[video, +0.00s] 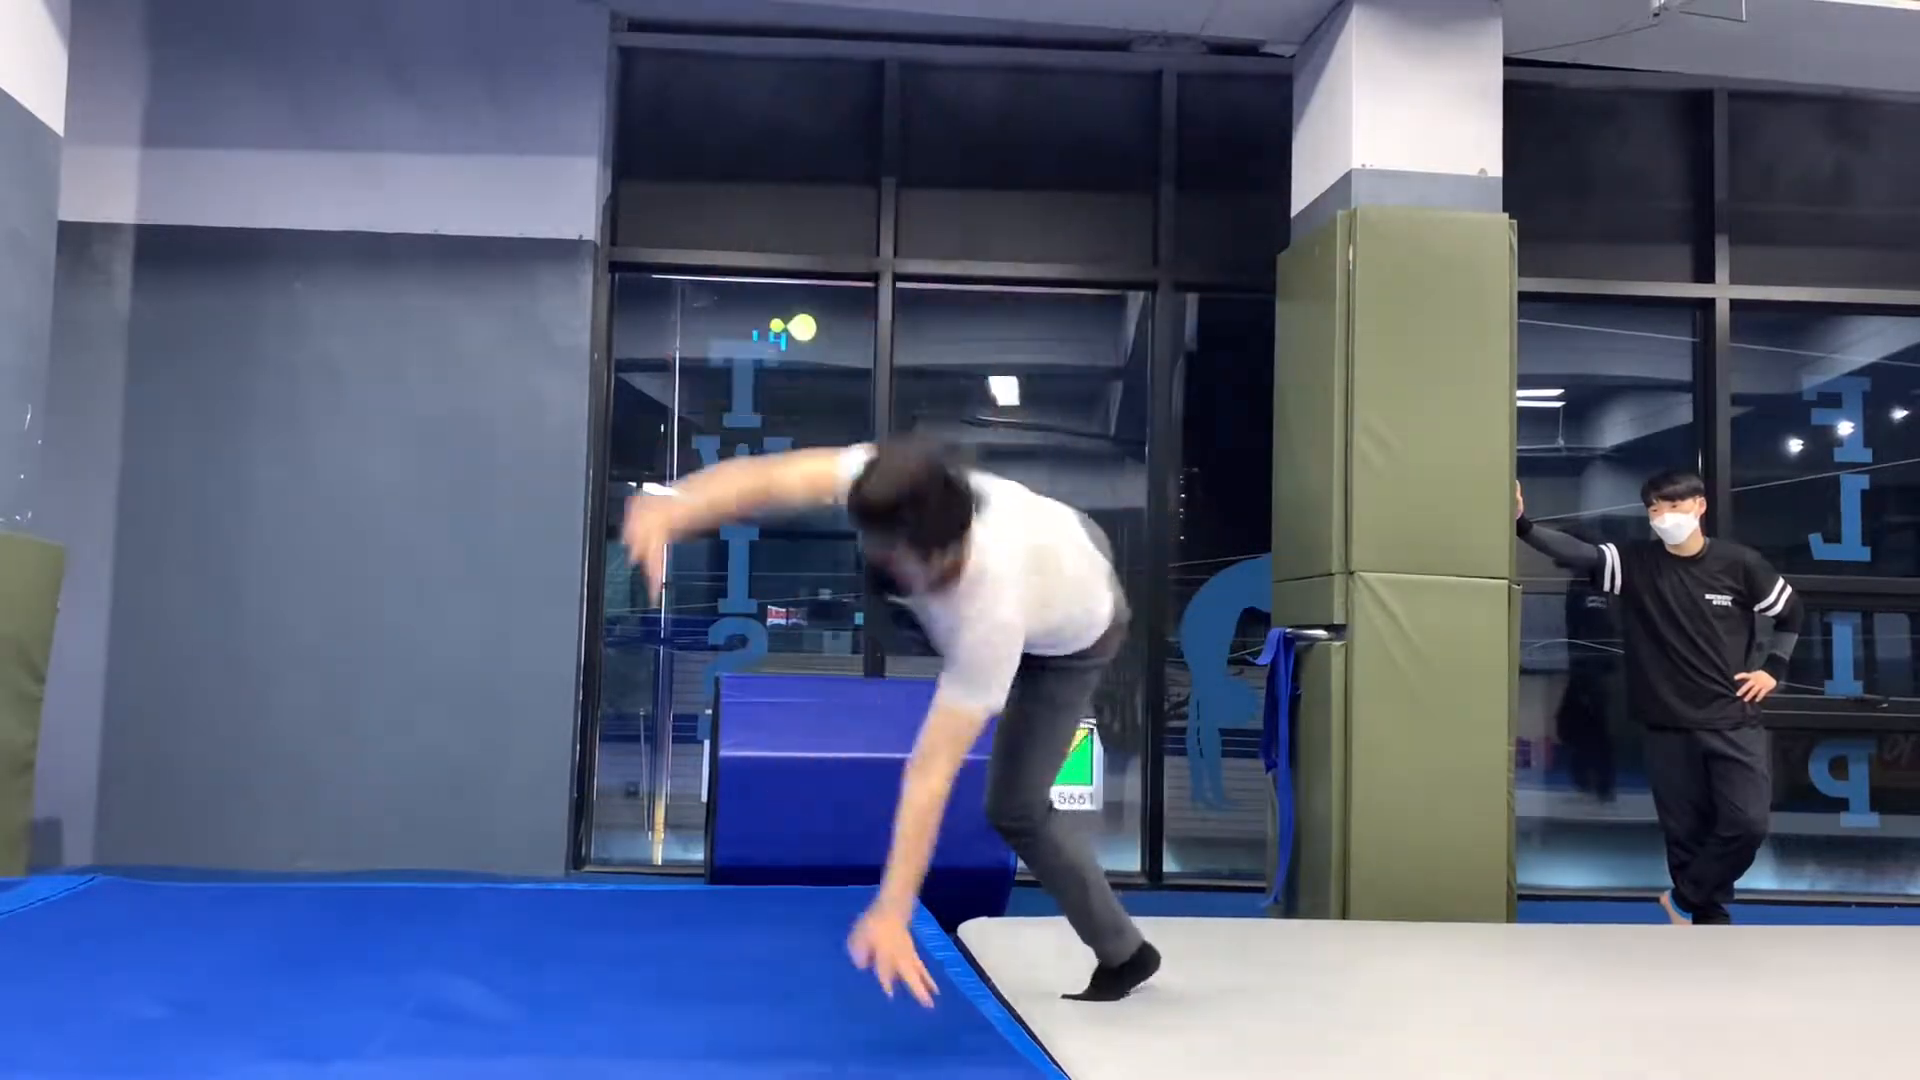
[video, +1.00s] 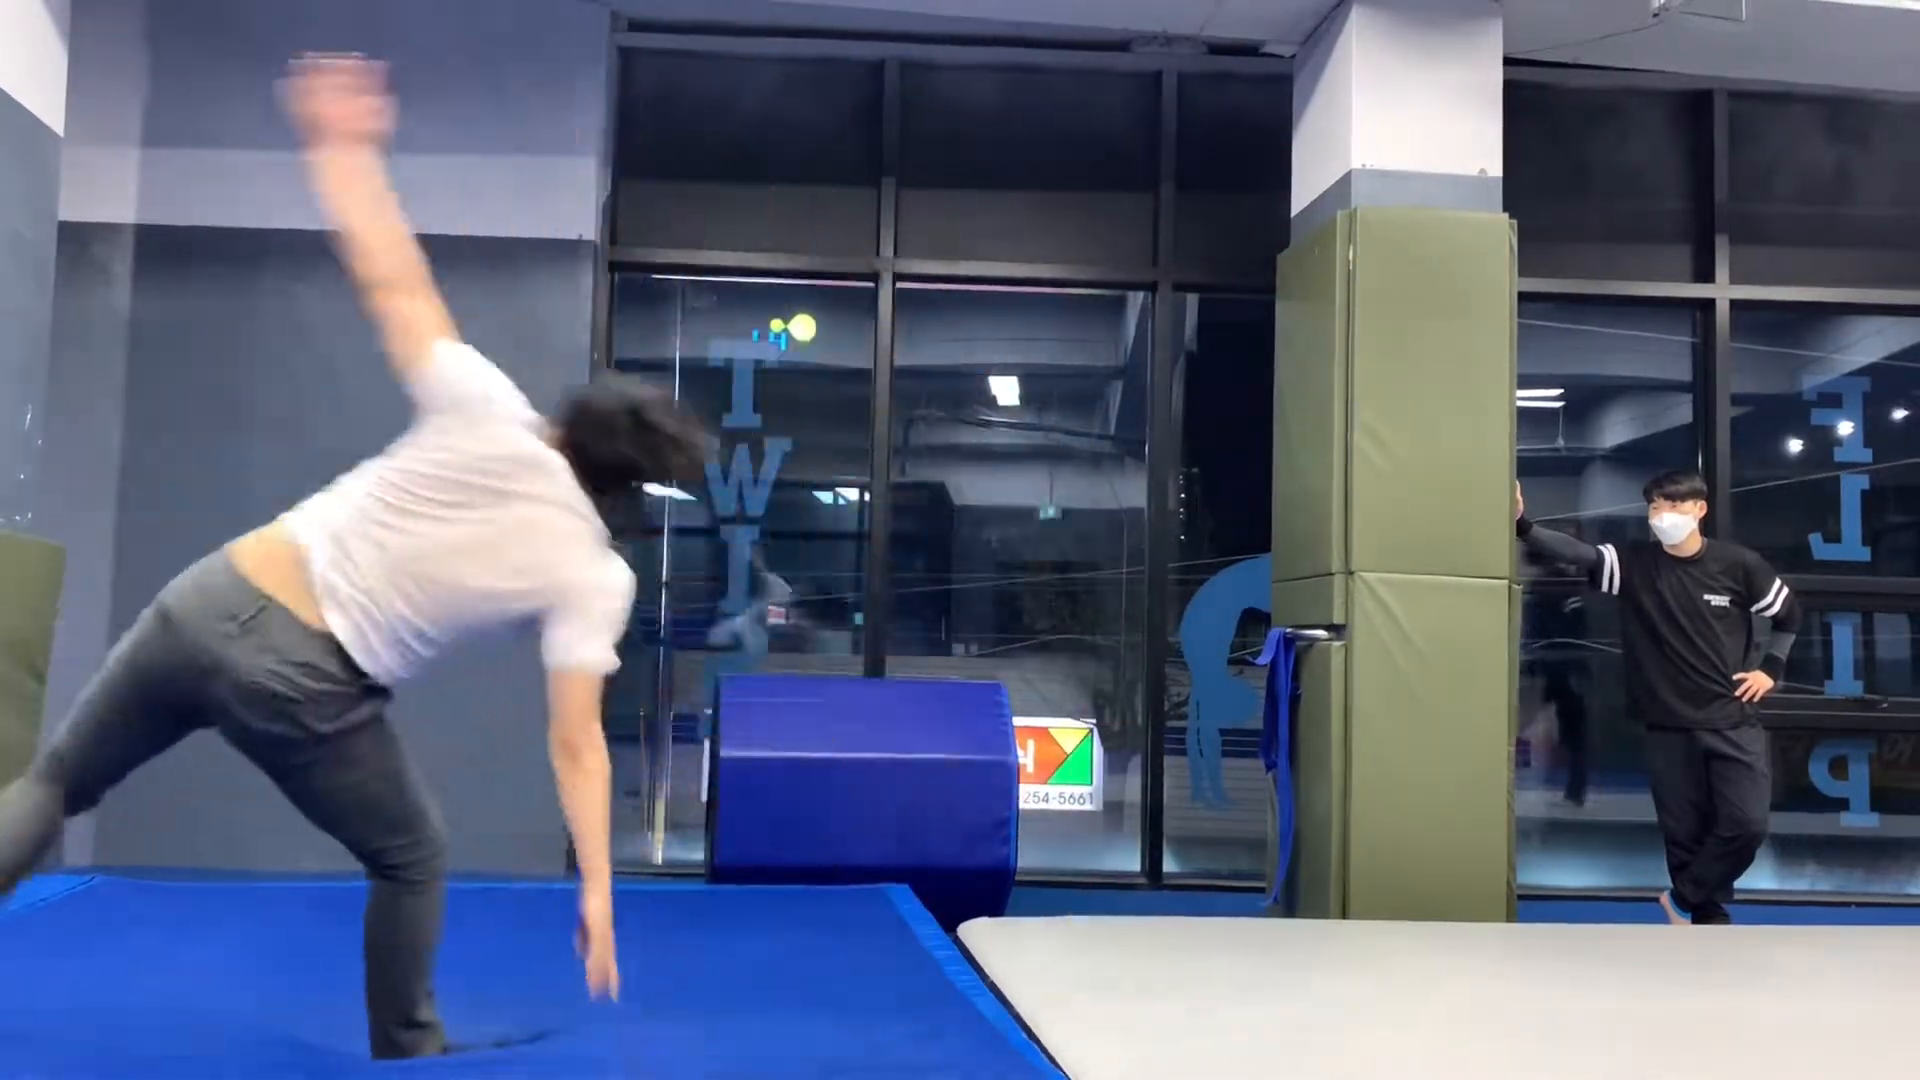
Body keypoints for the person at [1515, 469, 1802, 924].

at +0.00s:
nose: (1664, 512)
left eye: (1675, 502)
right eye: (1656, 505)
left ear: (1700, 506)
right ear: (1648, 512)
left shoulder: (1740, 564)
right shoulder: (1634, 561)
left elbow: (1790, 614)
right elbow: (1576, 553)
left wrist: (1772, 670)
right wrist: (1523, 525)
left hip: (1732, 719)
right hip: (1668, 724)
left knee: (1748, 824)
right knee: (1684, 834)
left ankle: (1683, 901)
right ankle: (1717, 932)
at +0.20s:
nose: (1665, 512)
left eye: (1676, 502)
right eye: (1657, 504)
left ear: (1701, 506)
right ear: (1649, 512)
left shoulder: (1740, 564)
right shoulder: (1635, 561)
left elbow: (1791, 614)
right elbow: (1575, 552)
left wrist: (1772, 670)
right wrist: (1522, 524)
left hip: (1732, 719)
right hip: (1668, 723)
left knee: (1748, 824)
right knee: (1684, 834)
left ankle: (1683, 901)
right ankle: (1717, 933)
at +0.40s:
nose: (1664, 512)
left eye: (1675, 502)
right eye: (1657, 504)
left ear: (1701, 507)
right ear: (1649, 512)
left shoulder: (1740, 564)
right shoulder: (1635, 562)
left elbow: (1791, 614)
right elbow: (1577, 554)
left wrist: (1772, 670)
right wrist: (1523, 524)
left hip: (1733, 719)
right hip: (1668, 724)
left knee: (1748, 824)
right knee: (1684, 834)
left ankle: (1684, 900)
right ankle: (1716, 932)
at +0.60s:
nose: (1663, 512)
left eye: (1675, 502)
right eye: (1657, 503)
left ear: (1700, 508)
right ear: (1649, 510)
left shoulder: (1740, 564)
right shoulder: (1634, 562)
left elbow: (1790, 615)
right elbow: (1576, 554)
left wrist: (1771, 670)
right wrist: (1523, 525)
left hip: (1733, 719)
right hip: (1668, 723)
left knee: (1748, 824)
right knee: (1683, 834)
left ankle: (1684, 899)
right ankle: (1716, 931)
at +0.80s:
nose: (1662, 511)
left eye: (1674, 502)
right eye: (1656, 503)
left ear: (1700, 509)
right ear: (1649, 510)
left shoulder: (1739, 565)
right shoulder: (1633, 562)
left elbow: (1789, 614)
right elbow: (1575, 554)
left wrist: (1771, 669)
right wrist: (1524, 526)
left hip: (1732, 718)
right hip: (1668, 723)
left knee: (1748, 825)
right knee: (1683, 834)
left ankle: (1684, 900)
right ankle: (1716, 931)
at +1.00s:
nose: (1661, 512)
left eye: (1674, 503)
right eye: (1656, 503)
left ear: (1699, 510)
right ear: (1649, 509)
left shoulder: (1738, 564)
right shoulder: (1633, 562)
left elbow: (1789, 614)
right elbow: (1577, 553)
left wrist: (1770, 669)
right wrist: (1524, 527)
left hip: (1732, 719)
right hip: (1668, 723)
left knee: (1748, 825)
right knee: (1683, 834)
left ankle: (1684, 899)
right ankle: (1716, 932)